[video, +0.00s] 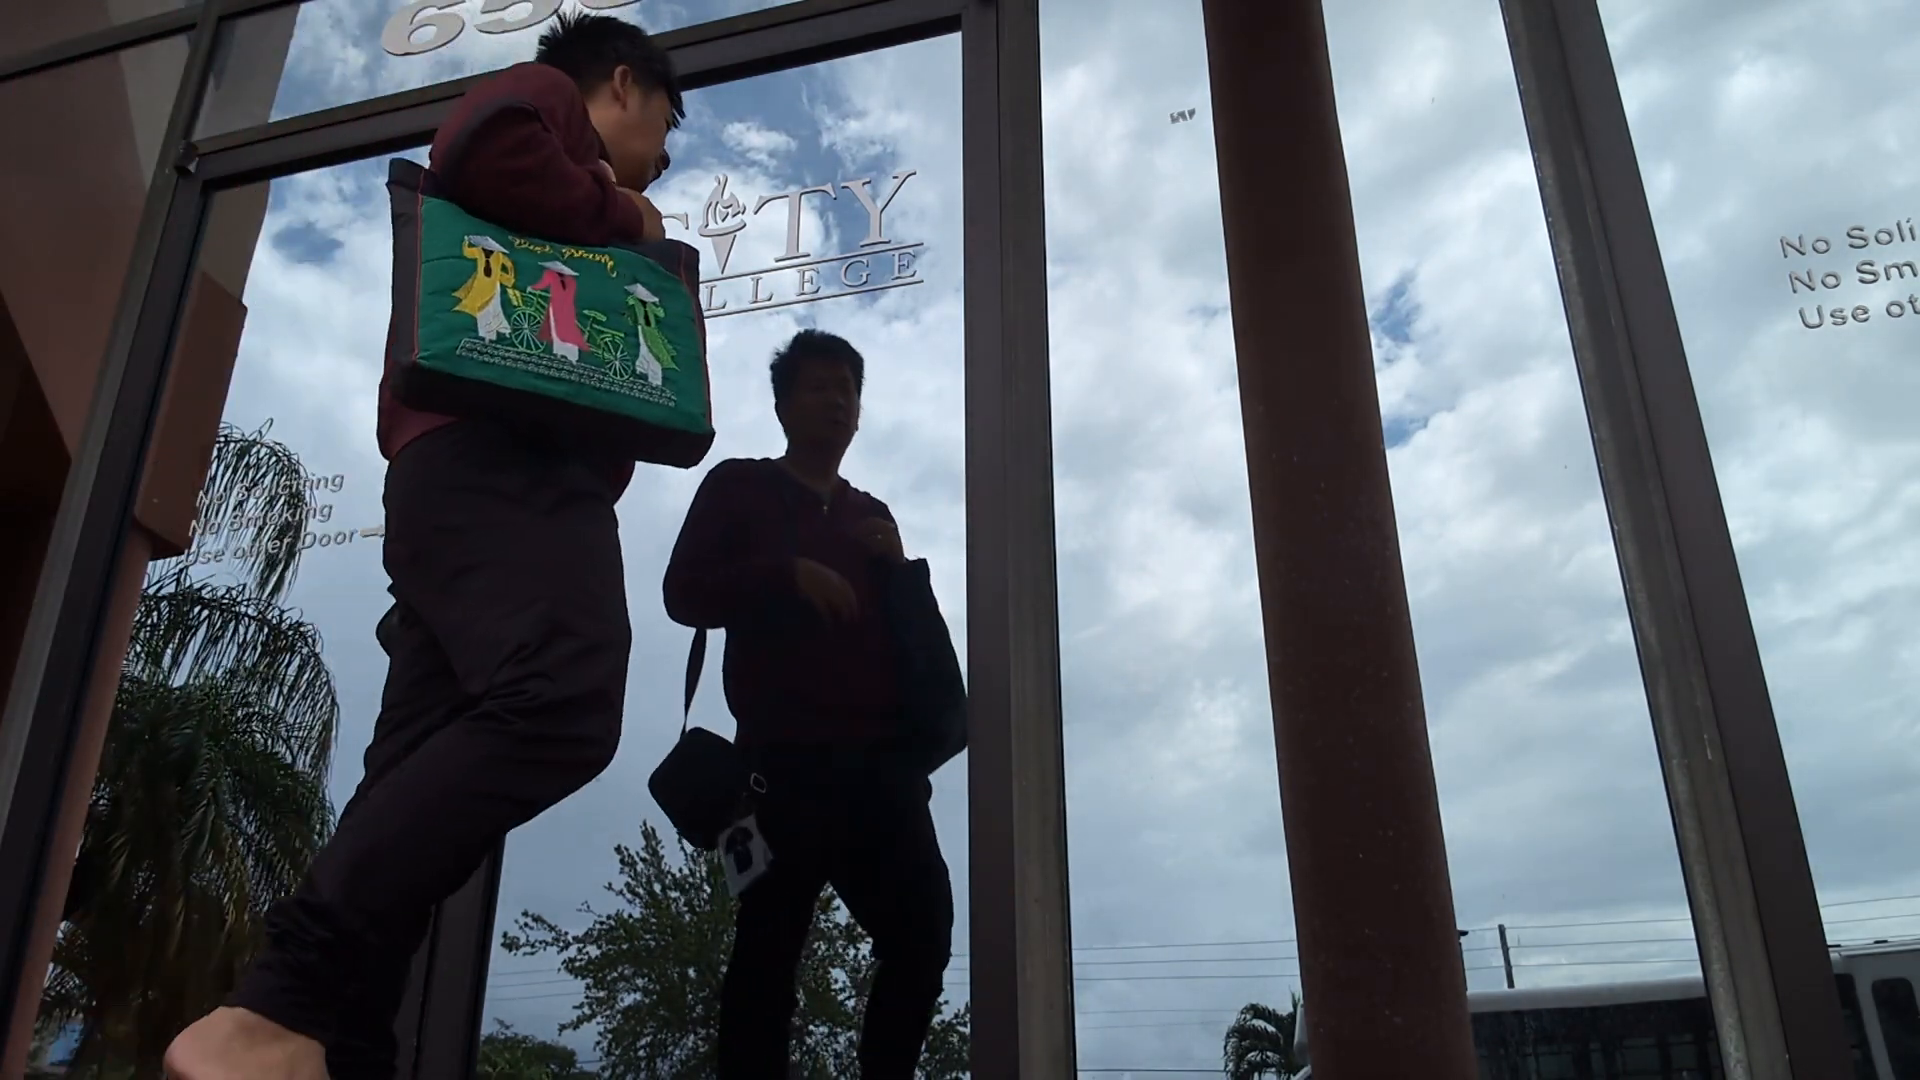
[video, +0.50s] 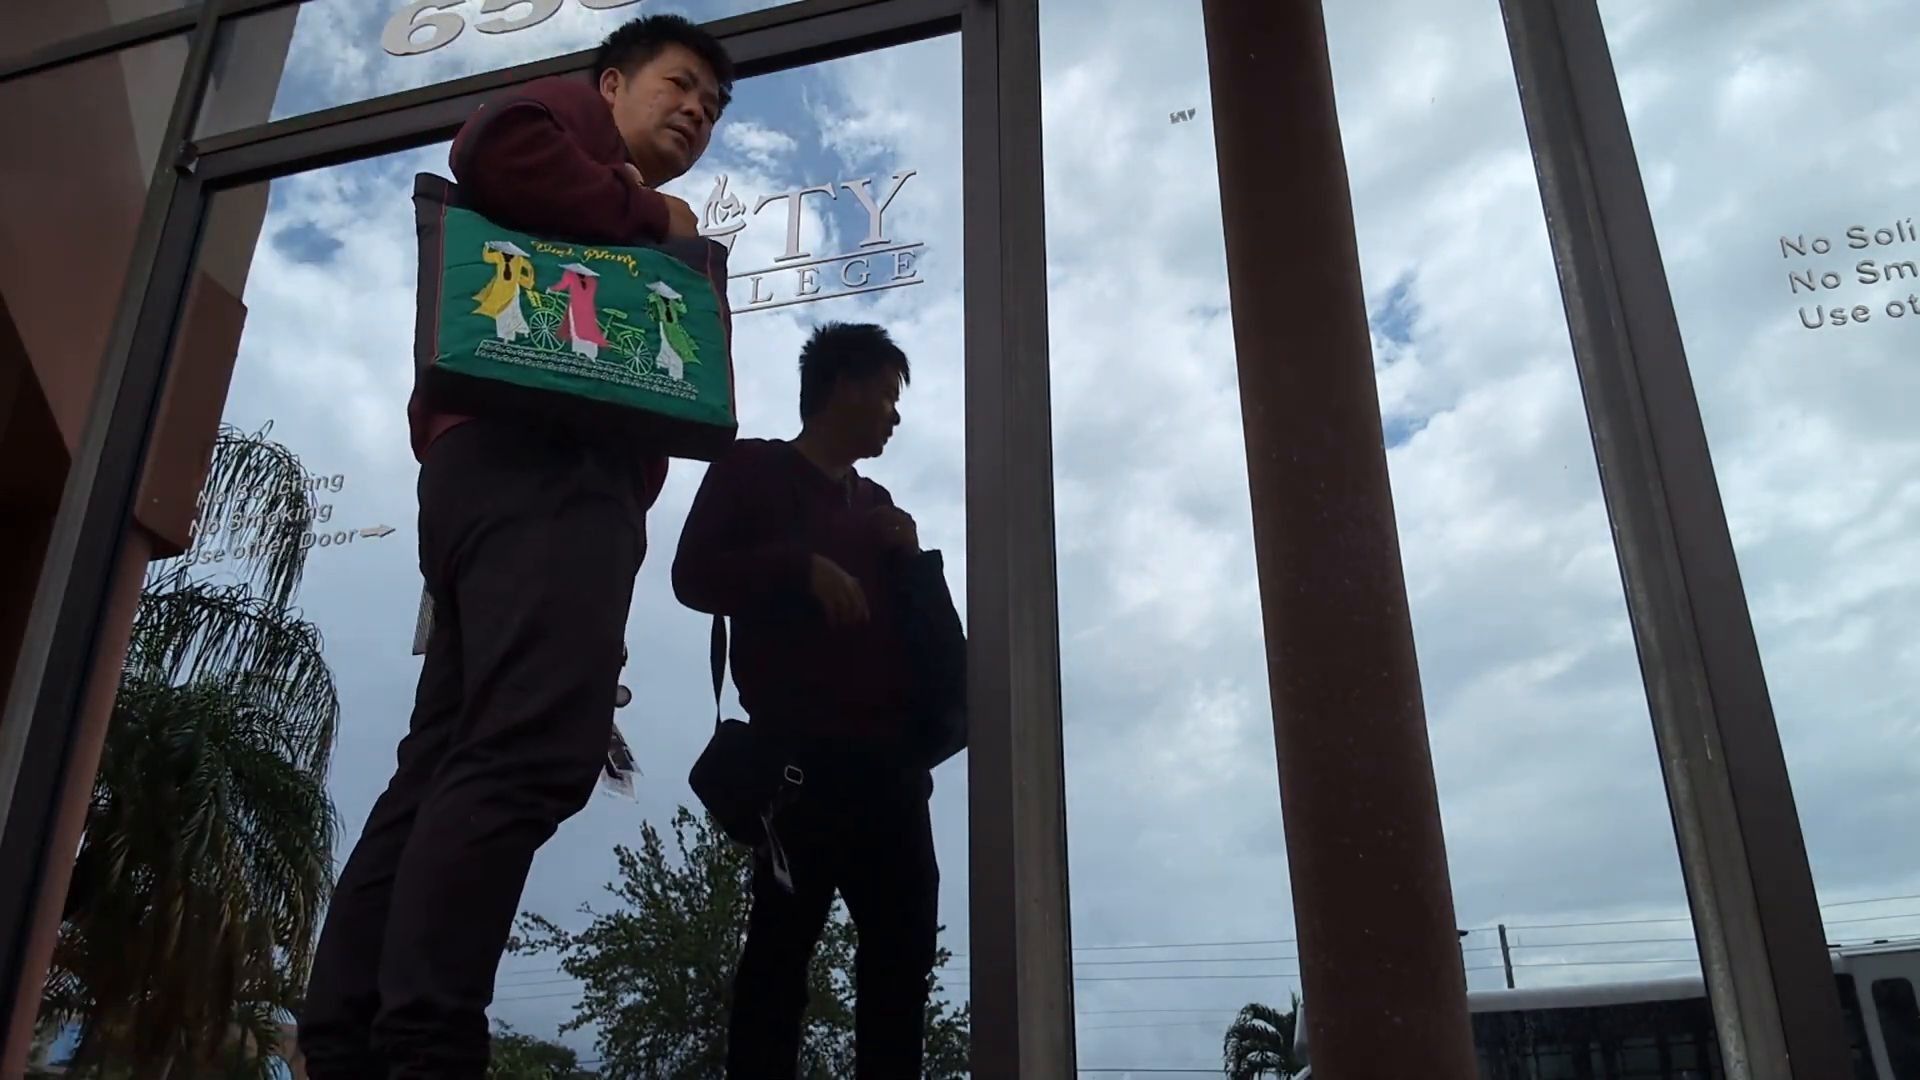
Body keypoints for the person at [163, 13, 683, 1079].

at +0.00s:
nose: (661, 159)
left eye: (669, 142)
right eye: (666, 129)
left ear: (611, 106)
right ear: (619, 86)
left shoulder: (579, 203)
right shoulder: (538, 91)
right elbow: (486, 155)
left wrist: (654, 272)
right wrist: (633, 223)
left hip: (476, 464)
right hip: (498, 452)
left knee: (417, 755)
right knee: (555, 714)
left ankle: (344, 1046)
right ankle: (270, 1020)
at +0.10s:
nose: (683, 146)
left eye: (686, 130)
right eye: (677, 120)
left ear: (626, 115)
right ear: (619, 92)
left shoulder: (604, 215)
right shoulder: (554, 98)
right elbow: (485, 160)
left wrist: (669, 276)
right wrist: (630, 224)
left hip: (491, 473)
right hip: (510, 462)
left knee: (429, 749)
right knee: (551, 733)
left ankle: (334, 1043)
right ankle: (351, 1031)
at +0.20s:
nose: (692, 134)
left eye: (695, 120)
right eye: (683, 108)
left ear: (632, 112)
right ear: (617, 88)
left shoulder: (610, 212)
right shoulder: (559, 103)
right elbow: (491, 164)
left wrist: (677, 278)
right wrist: (636, 228)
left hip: (492, 473)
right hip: (526, 464)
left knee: (437, 755)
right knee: (532, 752)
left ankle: (338, 1040)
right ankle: (414, 1044)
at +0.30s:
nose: (696, 128)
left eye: (702, 118)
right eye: (682, 103)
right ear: (613, 86)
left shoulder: (618, 216)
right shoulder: (564, 106)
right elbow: (499, 162)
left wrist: (683, 277)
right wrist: (644, 229)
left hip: (498, 472)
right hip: (533, 464)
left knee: (443, 757)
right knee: (528, 757)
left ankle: (344, 1036)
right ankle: (428, 1043)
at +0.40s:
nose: (699, 121)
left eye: (709, 113)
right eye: (684, 96)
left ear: (687, 132)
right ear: (615, 81)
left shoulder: (631, 227)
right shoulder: (571, 105)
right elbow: (501, 155)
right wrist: (648, 224)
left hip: (505, 467)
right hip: (537, 456)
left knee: (449, 753)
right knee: (531, 753)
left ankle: (346, 1035)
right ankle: (429, 1044)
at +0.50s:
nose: (697, 116)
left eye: (711, 110)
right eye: (680, 91)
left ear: (699, 133)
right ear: (614, 78)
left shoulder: (648, 227)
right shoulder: (573, 105)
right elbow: (494, 147)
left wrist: (691, 271)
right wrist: (651, 220)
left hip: (513, 465)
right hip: (538, 453)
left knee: (452, 747)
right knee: (531, 753)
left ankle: (344, 1034)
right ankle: (427, 1042)